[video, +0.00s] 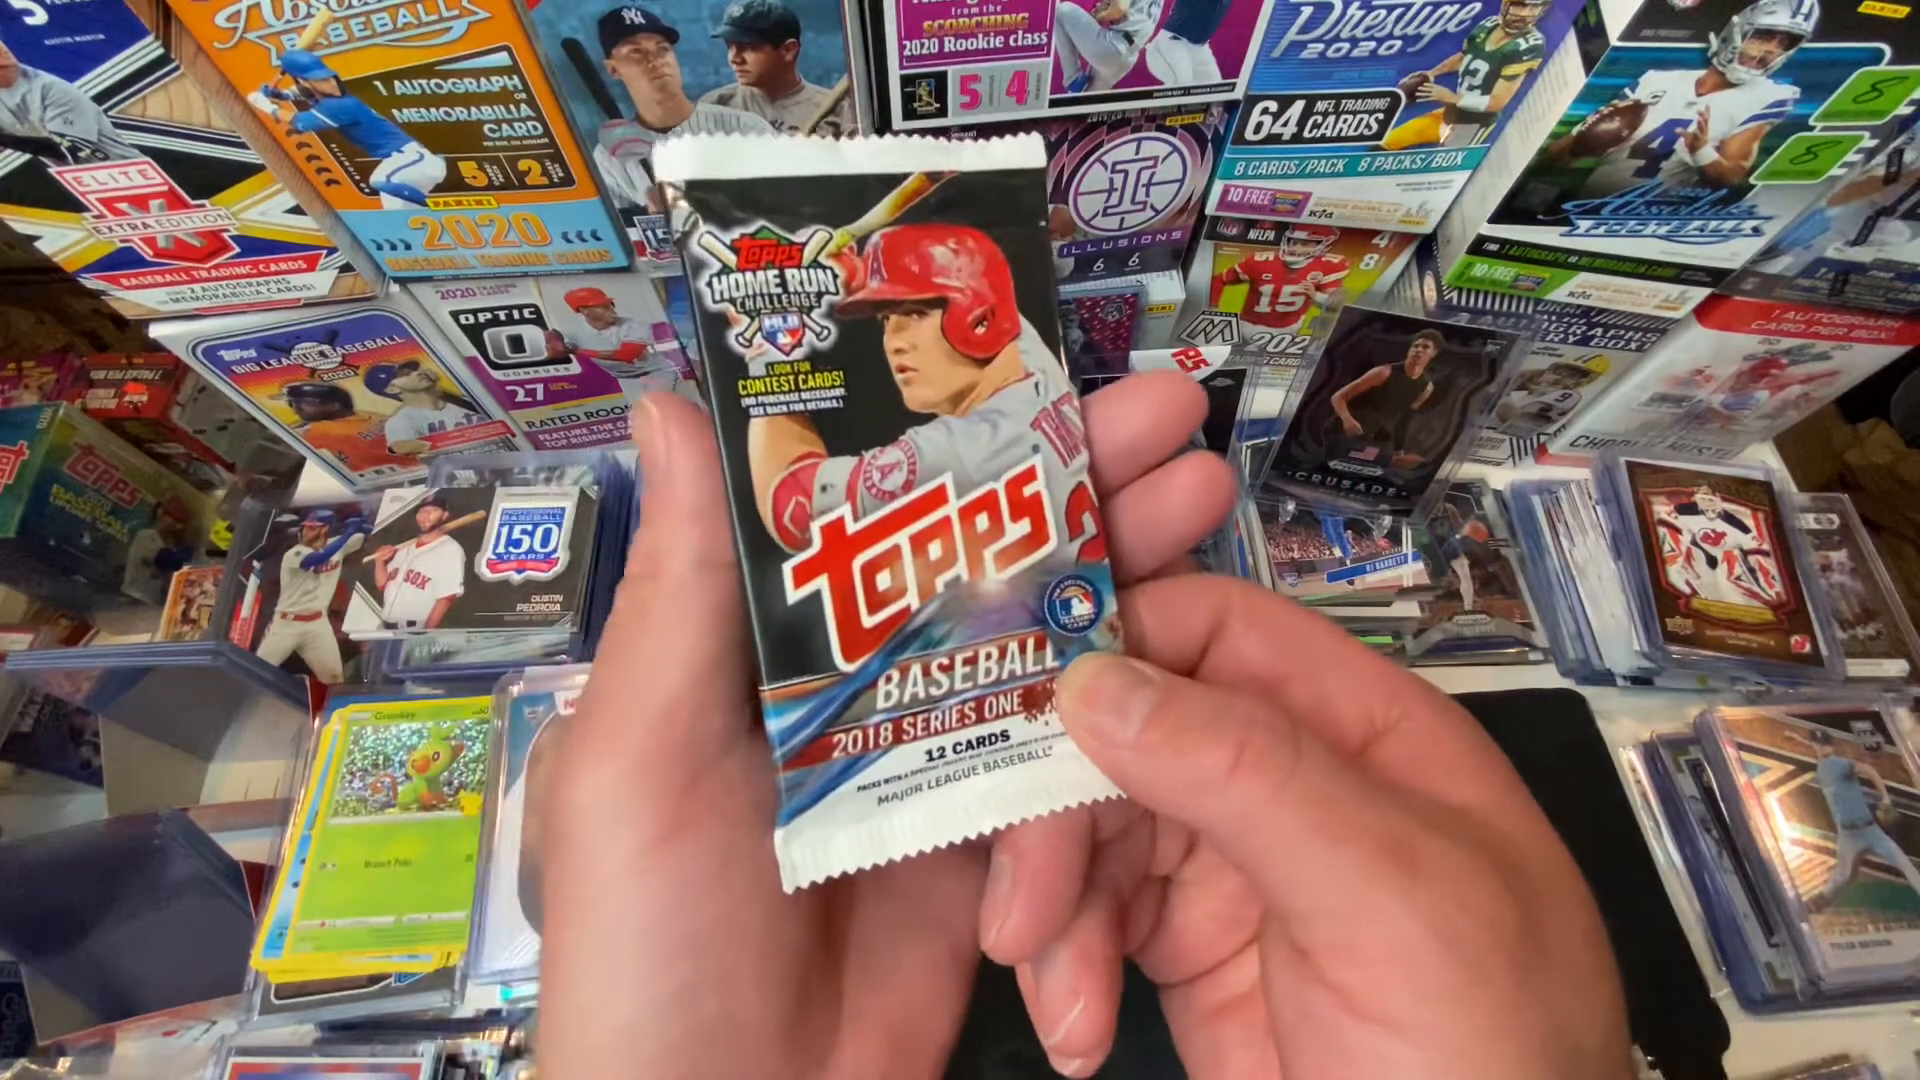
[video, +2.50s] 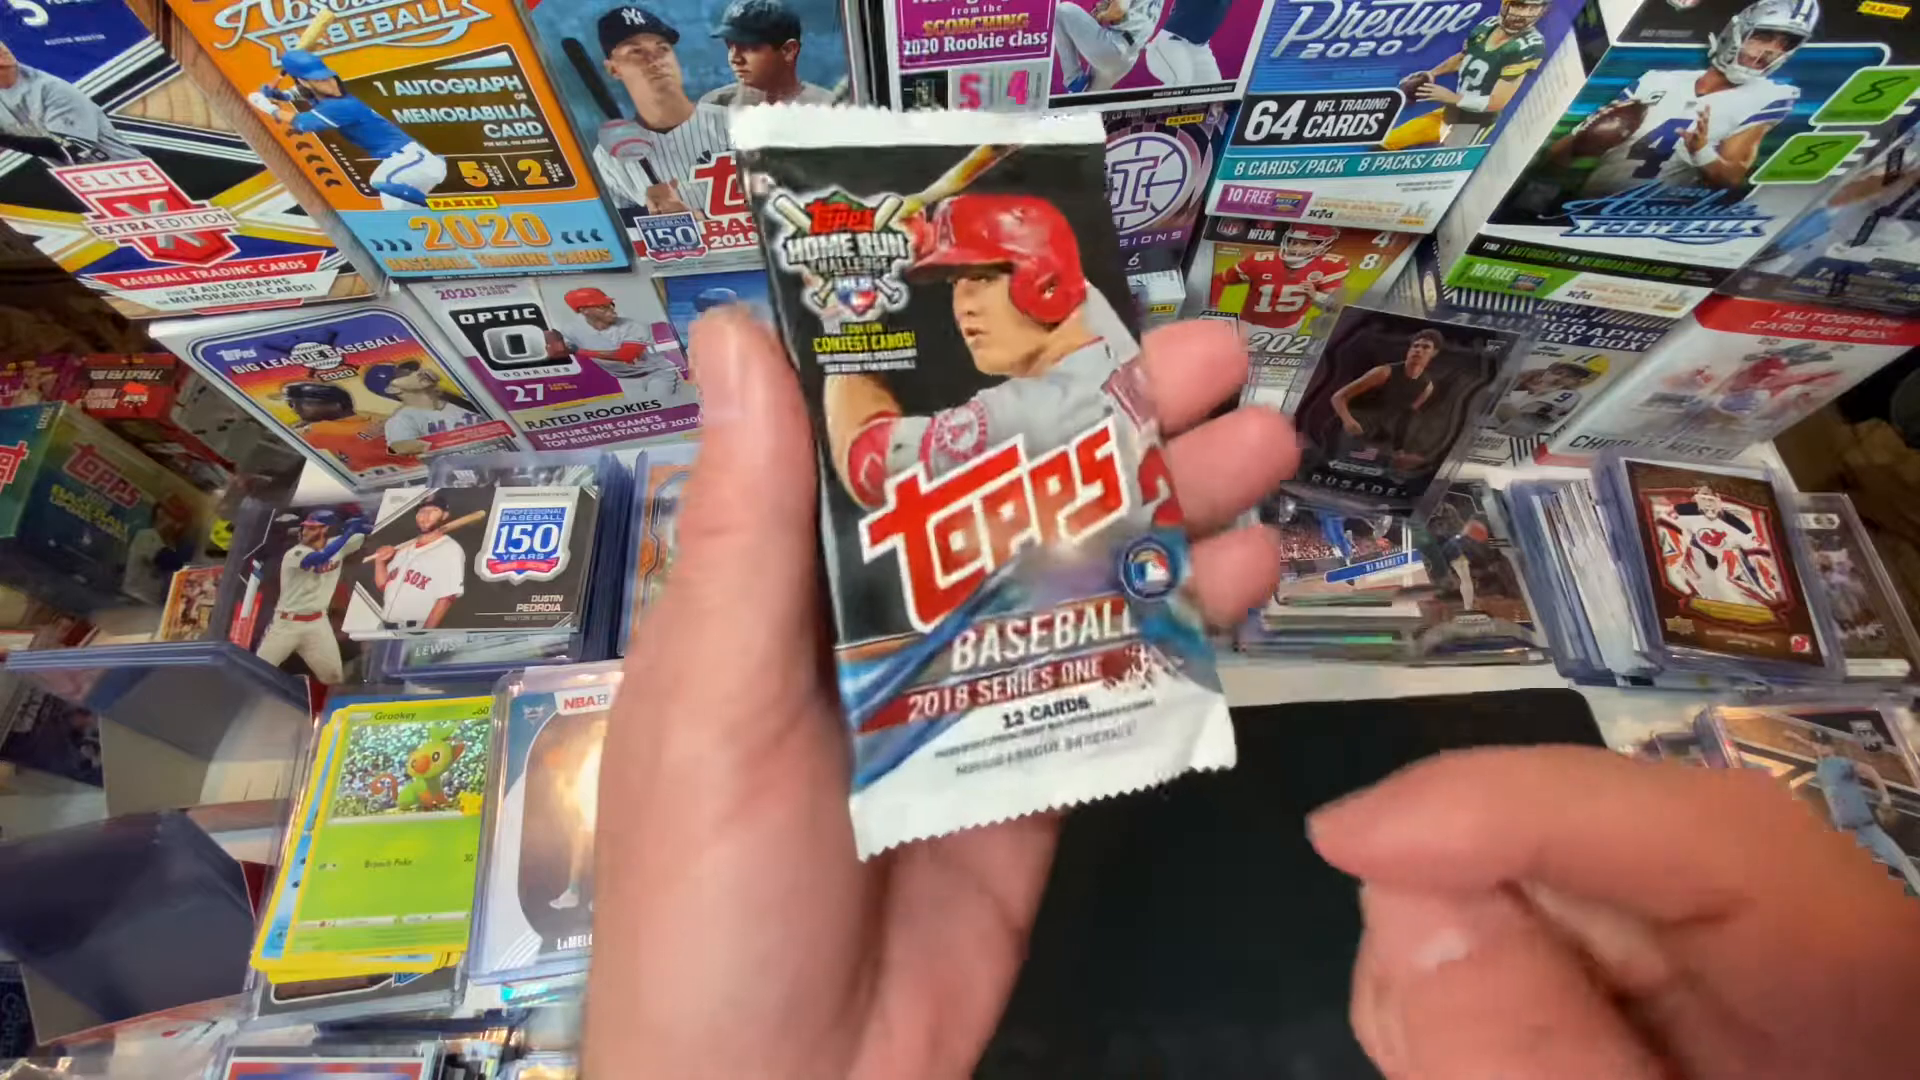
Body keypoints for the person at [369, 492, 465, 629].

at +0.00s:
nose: (425, 516)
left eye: (432, 511)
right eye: (422, 511)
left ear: (445, 515)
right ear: (416, 515)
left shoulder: (451, 550)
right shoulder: (405, 547)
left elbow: (446, 598)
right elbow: (382, 585)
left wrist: (425, 634)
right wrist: (379, 561)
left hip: (416, 631)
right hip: (386, 627)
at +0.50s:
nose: (424, 516)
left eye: (431, 511)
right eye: (421, 511)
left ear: (444, 515)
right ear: (416, 516)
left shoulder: (451, 550)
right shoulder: (405, 548)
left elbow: (446, 598)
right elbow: (382, 585)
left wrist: (425, 633)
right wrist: (379, 561)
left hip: (415, 630)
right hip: (385, 627)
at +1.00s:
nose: (425, 516)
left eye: (432, 511)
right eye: (422, 511)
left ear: (445, 516)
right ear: (416, 515)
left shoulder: (451, 550)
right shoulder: (405, 548)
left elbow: (446, 598)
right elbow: (383, 585)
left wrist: (425, 633)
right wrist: (379, 561)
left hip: (415, 630)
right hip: (385, 627)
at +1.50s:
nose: (426, 517)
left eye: (432, 511)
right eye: (422, 511)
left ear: (445, 515)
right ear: (416, 515)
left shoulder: (451, 550)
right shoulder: (405, 548)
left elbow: (447, 598)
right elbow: (382, 585)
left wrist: (425, 633)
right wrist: (379, 561)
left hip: (416, 631)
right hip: (386, 627)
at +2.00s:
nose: (425, 516)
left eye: (432, 511)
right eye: (422, 511)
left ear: (445, 516)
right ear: (416, 515)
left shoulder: (450, 550)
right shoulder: (406, 548)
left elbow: (447, 598)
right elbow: (382, 585)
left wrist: (425, 634)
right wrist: (379, 561)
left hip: (416, 631)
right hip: (386, 627)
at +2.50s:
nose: (426, 517)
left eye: (433, 511)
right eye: (422, 511)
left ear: (444, 515)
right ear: (416, 515)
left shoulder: (451, 550)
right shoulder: (405, 548)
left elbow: (446, 599)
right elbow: (383, 586)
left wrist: (424, 634)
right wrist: (380, 562)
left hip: (415, 631)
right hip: (386, 627)